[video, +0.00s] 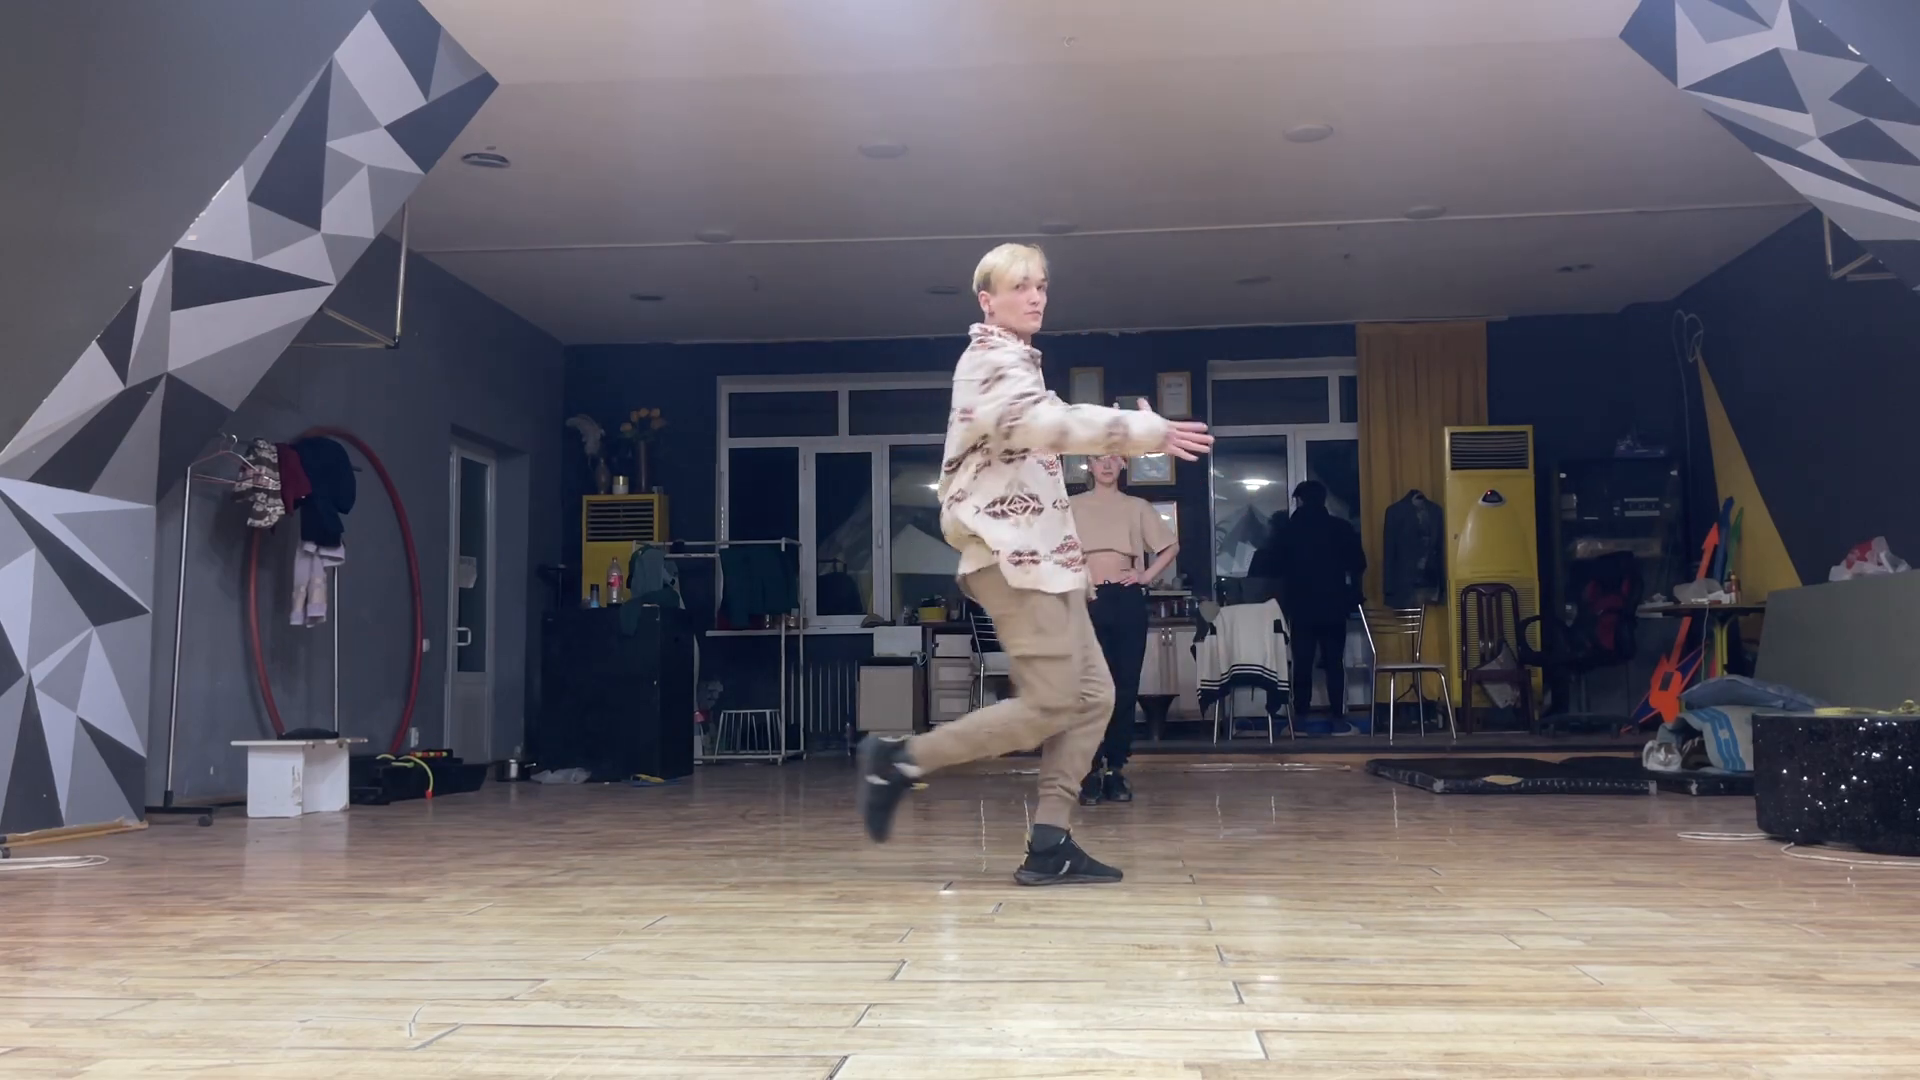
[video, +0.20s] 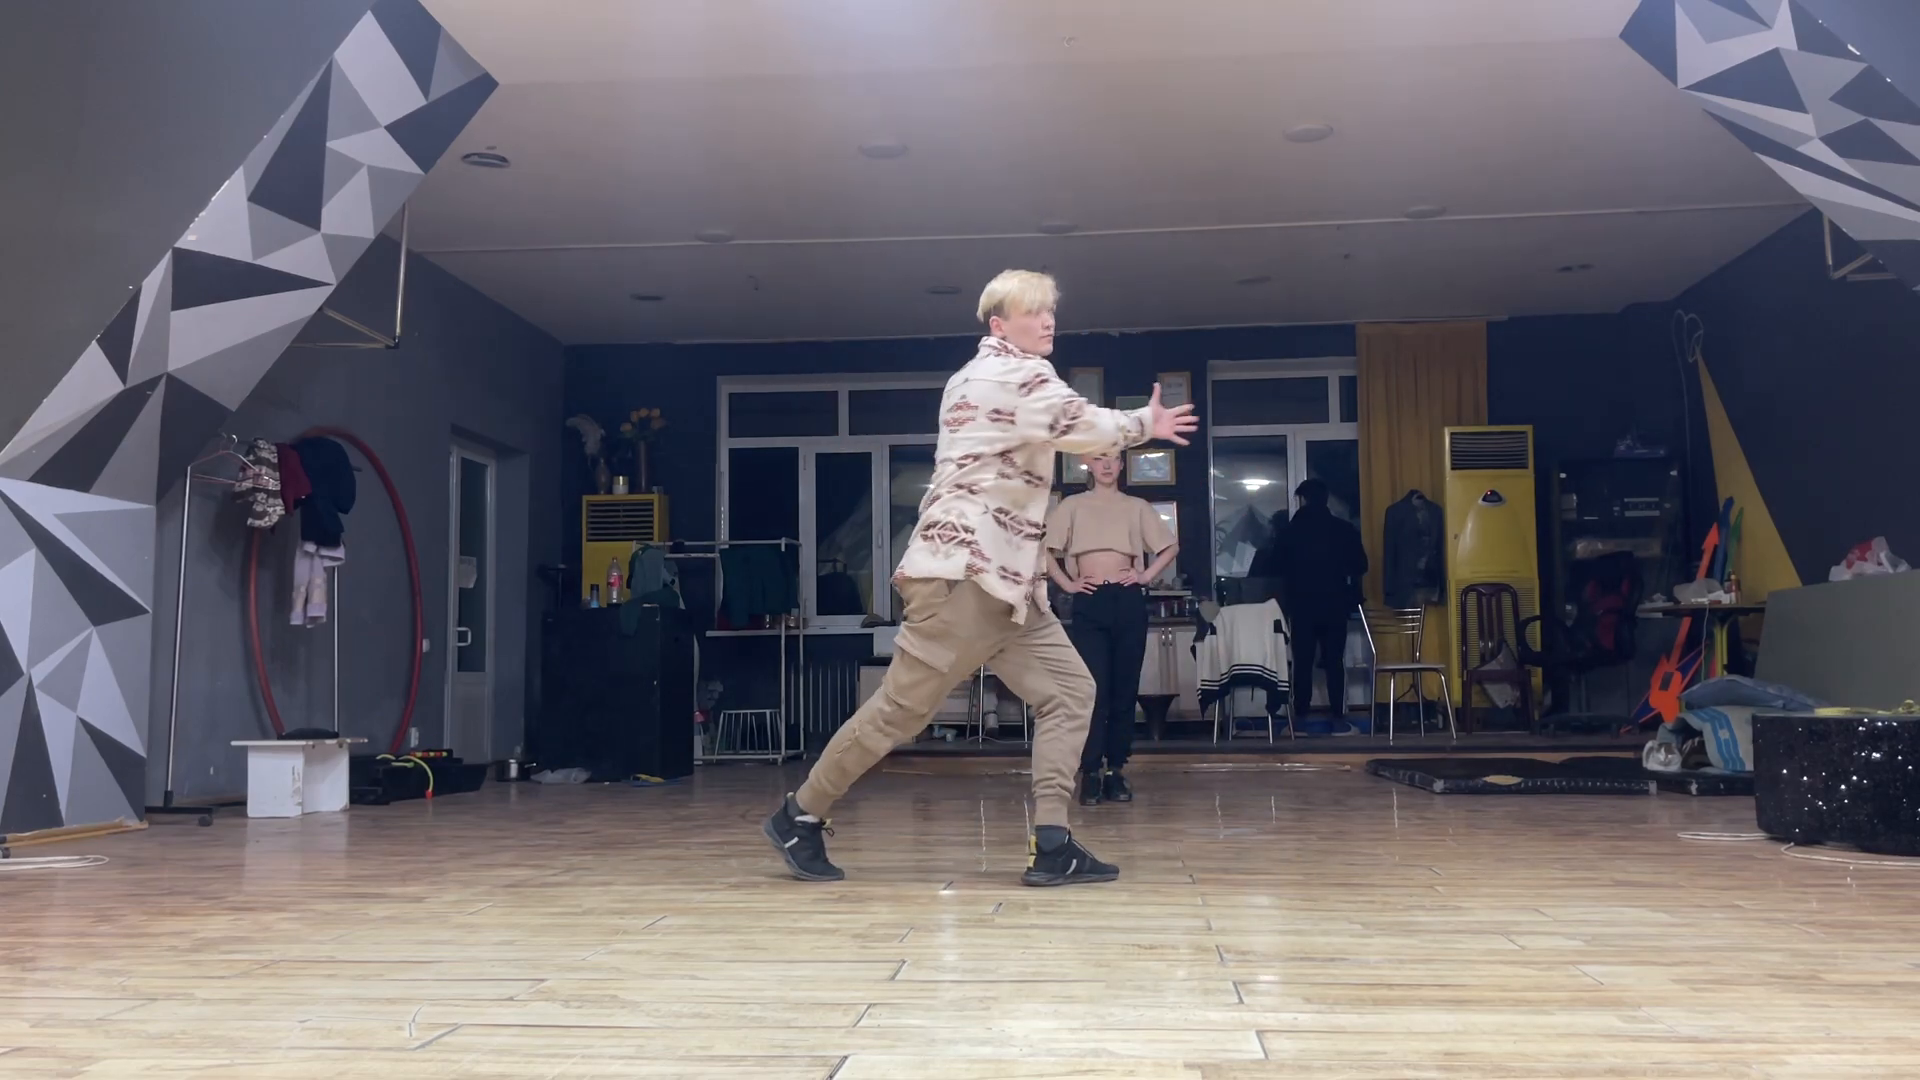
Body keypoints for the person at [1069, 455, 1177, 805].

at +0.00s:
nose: (1107, 465)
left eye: (1113, 459)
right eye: (1100, 459)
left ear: (1122, 465)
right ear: (1089, 465)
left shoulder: (1137, 508)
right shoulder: (1070, 507)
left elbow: (1171, 546)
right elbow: (1051, 547)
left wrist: (1147, 575)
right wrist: (1072, 578)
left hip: (1126, 598)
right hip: (1083, 600)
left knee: (1124, 687)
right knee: (1090, 686)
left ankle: (1116, 770)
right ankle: (1090, 771)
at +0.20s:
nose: (1108, 465)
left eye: (1114, 458)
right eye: (1101, 458)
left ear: (1122, 464)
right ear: (1088, 464)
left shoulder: (1138, 507)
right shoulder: (1071, 506)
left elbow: (1170, 546)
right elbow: (1043, 550)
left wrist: (1146, 575)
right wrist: (1068, 584)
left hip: (1128, 600)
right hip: (1088, 601)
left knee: (1123, 689)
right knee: (1092, 688)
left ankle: (1115, 772)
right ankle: (1090, 774)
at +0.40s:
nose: (1105, 464)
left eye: (1111, 458)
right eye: (1099, 458)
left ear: (1121, 463)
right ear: (1088, 464)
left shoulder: (1137, 507)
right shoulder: (1071, 506)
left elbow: (1170, 546)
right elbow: (1051, 549)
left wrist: (1147, 574)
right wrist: (1067, 582)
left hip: (1127, 599)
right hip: (1086, 601)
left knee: (1124, 689)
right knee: (1092, 689)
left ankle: (1116, 771)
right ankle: (1091, 772)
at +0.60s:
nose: (1106, 464)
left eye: (1112, 458)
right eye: (1098, 458)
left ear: (1121, 462)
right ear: (1087, 464)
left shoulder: (1137, 506)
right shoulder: (1073, 505)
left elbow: (1170, 546)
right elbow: (1048, 546)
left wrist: (1146, 575)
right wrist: (1067, 579)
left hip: (1127, 601)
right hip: (1086, 603)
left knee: (1123, 692)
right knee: (1093, 691)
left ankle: (1116, 772)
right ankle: (1094, 776)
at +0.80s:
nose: (1105, 464)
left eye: (1111, 458)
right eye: (1098, 458)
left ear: (1121, 463)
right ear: (1087, 464)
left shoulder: (1137, 507)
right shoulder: (1071, 506)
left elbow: (1170, 547)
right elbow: (1052, 544)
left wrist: (1146, 575)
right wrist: (1069, 577)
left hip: (1126, 599)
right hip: (1083, 600)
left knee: (1123, 689)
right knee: (1087, 686)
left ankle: (1113, 775)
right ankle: (1090, 772)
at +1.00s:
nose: (1105, 464)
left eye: (1111, 458)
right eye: (1097, 458)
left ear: (1121, 463)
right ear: (1086, 465)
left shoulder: (1136, 506)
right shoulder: (1070, 505)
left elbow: (1170, 546)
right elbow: (1052, 546)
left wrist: (1146, 575)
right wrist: (1071, 578)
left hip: (1126, 598)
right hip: (1084, 599)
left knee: (1122, 681)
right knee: (1090, 682)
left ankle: (1115, 771)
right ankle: (1090, 772)